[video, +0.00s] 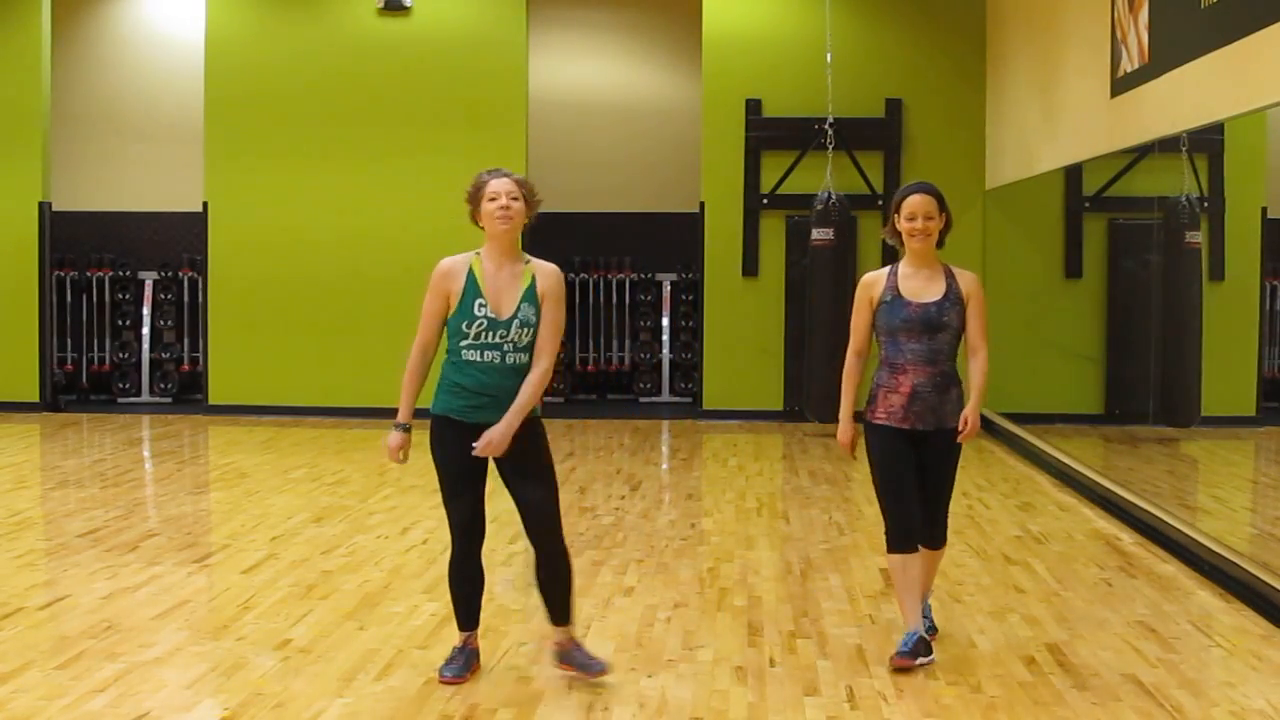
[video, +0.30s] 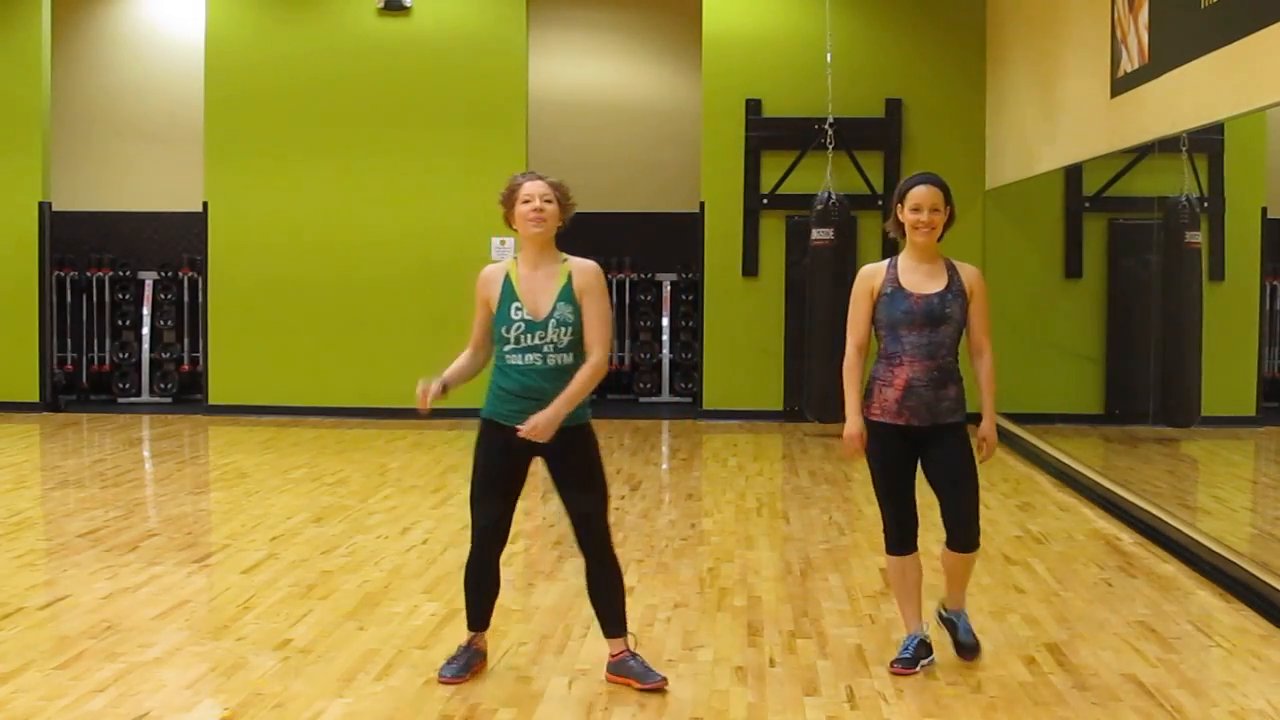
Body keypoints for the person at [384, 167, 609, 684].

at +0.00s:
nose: (505, 205)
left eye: (514, 198)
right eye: (494, 199)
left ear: (527, 212)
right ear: (477, 213)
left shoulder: (547, 277)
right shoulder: (451, 272)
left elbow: (543, 364)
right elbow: (423, 349)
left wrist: (508, 425)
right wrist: (402, 422)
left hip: (518, 420)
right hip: (456, 421)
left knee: (548, 531)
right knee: (466, 535)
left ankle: (565, 639)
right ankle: (467, 642)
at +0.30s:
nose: (537, 207)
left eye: (546, 200)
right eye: (526, 201)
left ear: (561, 214)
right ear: (510, 216)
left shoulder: (584, 274)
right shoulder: (493, 277)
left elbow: (599, 358)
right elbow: (478, 349)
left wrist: (553, 413)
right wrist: (442, 381)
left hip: (567, 425)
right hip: (503, 425)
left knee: (595, 538)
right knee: (485, 541)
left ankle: (619, 652)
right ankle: (475, 643)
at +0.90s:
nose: (556, 222)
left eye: (563, 213)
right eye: (545, 214)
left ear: (573, 219)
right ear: (522, 222)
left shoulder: (591, 280)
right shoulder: (502, 269)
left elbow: (607, 359)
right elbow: (458, 269)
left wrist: (620, 433)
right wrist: (497, 221)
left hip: (557, 431)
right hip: (494, 426)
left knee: (583, 544)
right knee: (478, 540)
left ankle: (593, 655)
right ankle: (469, 653)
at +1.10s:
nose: (573, 228)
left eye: (579, 219)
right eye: (561, 220)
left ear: (586, 224)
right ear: (537, 226)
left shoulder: (600, 285)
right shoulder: (513, 272)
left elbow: (597, 364)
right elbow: (458, 315)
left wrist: (585, 428)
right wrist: (491, 252)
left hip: (560, 433)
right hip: (500, 428)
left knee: (607, 537)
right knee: (486, 545)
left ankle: (631, 650)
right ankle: (464, 653)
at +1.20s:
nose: (581, 224)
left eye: (588, 214)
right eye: (570, 216)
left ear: (597, 218)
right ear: (546, 222)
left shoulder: (615, 278)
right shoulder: (524, 275)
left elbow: (625, 356)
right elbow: (472, 340)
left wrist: (629, 429)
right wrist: (466, 313)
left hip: (584, 432)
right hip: (524, 430)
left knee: (624, 535)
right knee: (498, 543)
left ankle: (638, 652)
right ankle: (456, 649)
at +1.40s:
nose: (594, 225)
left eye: (601, 215)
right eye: (582, 217)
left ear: (613, 218)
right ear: (563, 223)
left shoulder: (640, 276)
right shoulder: (542, 284)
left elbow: (684, 340)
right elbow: (521, 361)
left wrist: (722, 401)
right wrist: (499, 434)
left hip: (628, 429)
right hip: (565, 433)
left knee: (655, 534)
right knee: (556, 548)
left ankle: (644, 652)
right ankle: (512, 646)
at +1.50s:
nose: (594, 227)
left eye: (601, 219)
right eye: (583, 219)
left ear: (612, 224)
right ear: (563, 225)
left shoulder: (640, 279)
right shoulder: (543, 286)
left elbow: (692, 337)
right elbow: (539, 364)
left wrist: (736, 388)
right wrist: (534, 434)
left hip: (634, 430)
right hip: (570, 434)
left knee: (658, 534)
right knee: (553, 548)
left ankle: (647, 651)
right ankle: (555, 653)